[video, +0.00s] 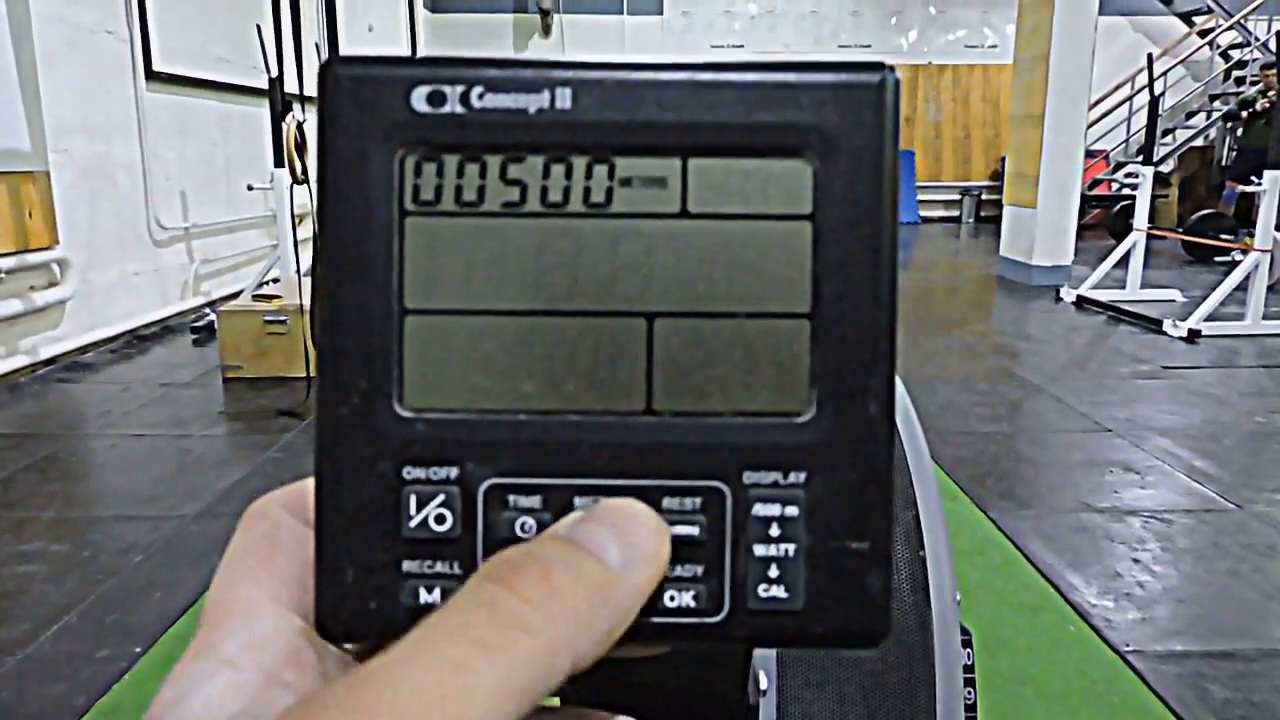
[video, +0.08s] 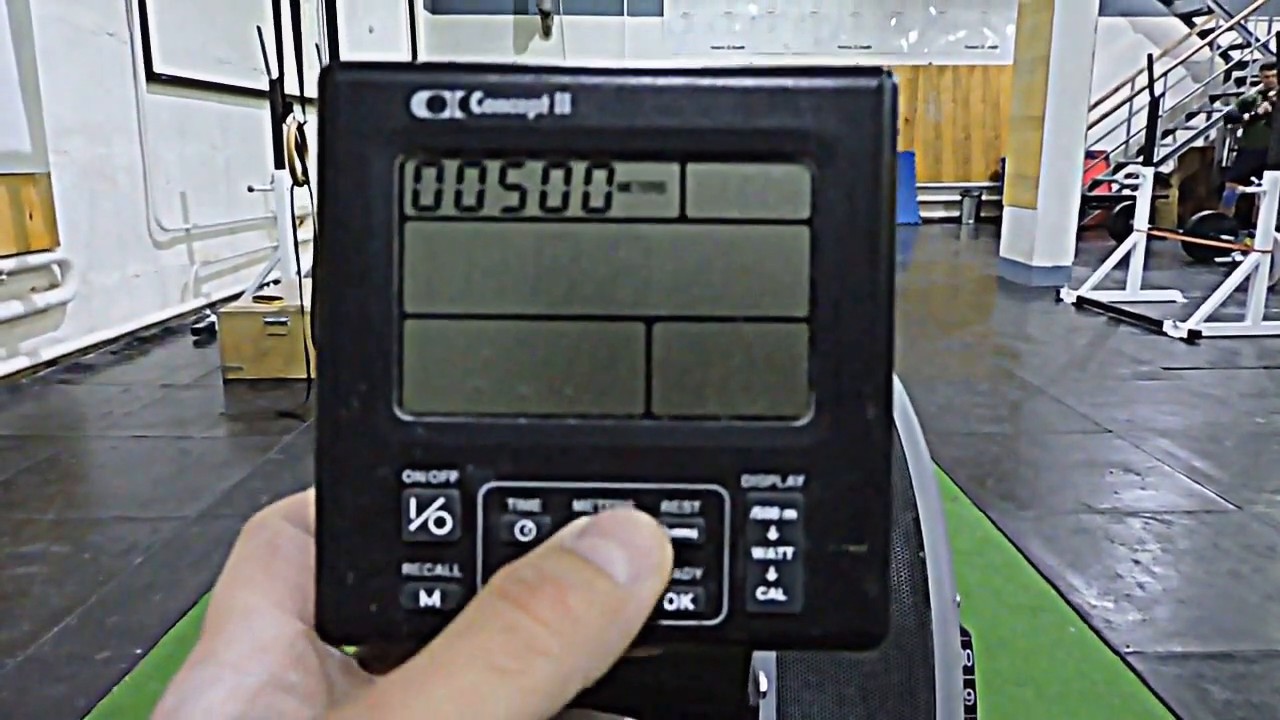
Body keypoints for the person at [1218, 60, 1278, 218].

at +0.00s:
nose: (1269, 80)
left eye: (1272, 76)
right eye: (1265, 76)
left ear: (1278, 76)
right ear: (1260, 78)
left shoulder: (1277, 98)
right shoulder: (1252, 97)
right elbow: (1227, 116)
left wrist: (1274, 104)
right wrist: (1254, 111)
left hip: (1271, 154)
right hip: (1248, 152)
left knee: (1268, 194)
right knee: (1231, 187)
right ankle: (1220, 228)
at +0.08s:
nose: (1269, 81)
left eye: (1272, 76)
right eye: (1265, 77)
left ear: (1278, 77)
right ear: (1260, 78)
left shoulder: (1277, 99)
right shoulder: (1253, 97)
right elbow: (1228, 116)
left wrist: (1273, 108)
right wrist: (1253, 114)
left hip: (1271, 154)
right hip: (1249, 152)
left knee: (1269, 193)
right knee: (1232, 186)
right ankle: (1221, 228)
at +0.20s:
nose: (1268, 81)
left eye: (1271, 77)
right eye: (1264, 78)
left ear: (1277, 78)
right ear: (1259, 80)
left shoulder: (1277, 100)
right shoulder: (1252, 99)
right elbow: (1230, 117)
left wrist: (1273, 109)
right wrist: (1248, 120)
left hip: (1271, 154)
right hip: (1248, 152)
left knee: (1270, 191)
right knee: (1231, 186)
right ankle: (1220, 228)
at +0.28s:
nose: (1267, 81)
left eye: (1270, 76)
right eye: (1263, 77)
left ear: (1276, 77)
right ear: (1258, 79)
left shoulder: (1276, 99)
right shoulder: (1249, 99)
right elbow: (1230, 122)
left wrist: (1274, 107)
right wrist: (1253, 119)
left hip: (1271, 154)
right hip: (1248, 153)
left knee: (1271, 192)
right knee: (1231, 187)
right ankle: (1221, 228)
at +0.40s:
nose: (1266, 80)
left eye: (1269, 76)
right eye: (1262, 77)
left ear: (1275, 76)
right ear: (1258, 78)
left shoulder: (1276, 98)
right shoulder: (1247, 99)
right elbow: (1229, 124)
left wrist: (1273, 107)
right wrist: (1252, 118)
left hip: (1271, 154)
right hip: (1247, 152)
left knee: (1270, 193)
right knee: (1230, 188)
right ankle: (1219, 229)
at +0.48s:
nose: (1265, 80)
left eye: (1269, 76)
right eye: (1262, 76)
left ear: (1275, 76)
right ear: (1257, 78)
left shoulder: (1276, 97)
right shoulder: (1246, 99)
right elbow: (1229, 125)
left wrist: (1272, 109)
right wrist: (1252, 118)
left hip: (1270, 153)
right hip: (1247, 152)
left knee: (1269, 192)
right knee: (1230, 187)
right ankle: (1219, 229)